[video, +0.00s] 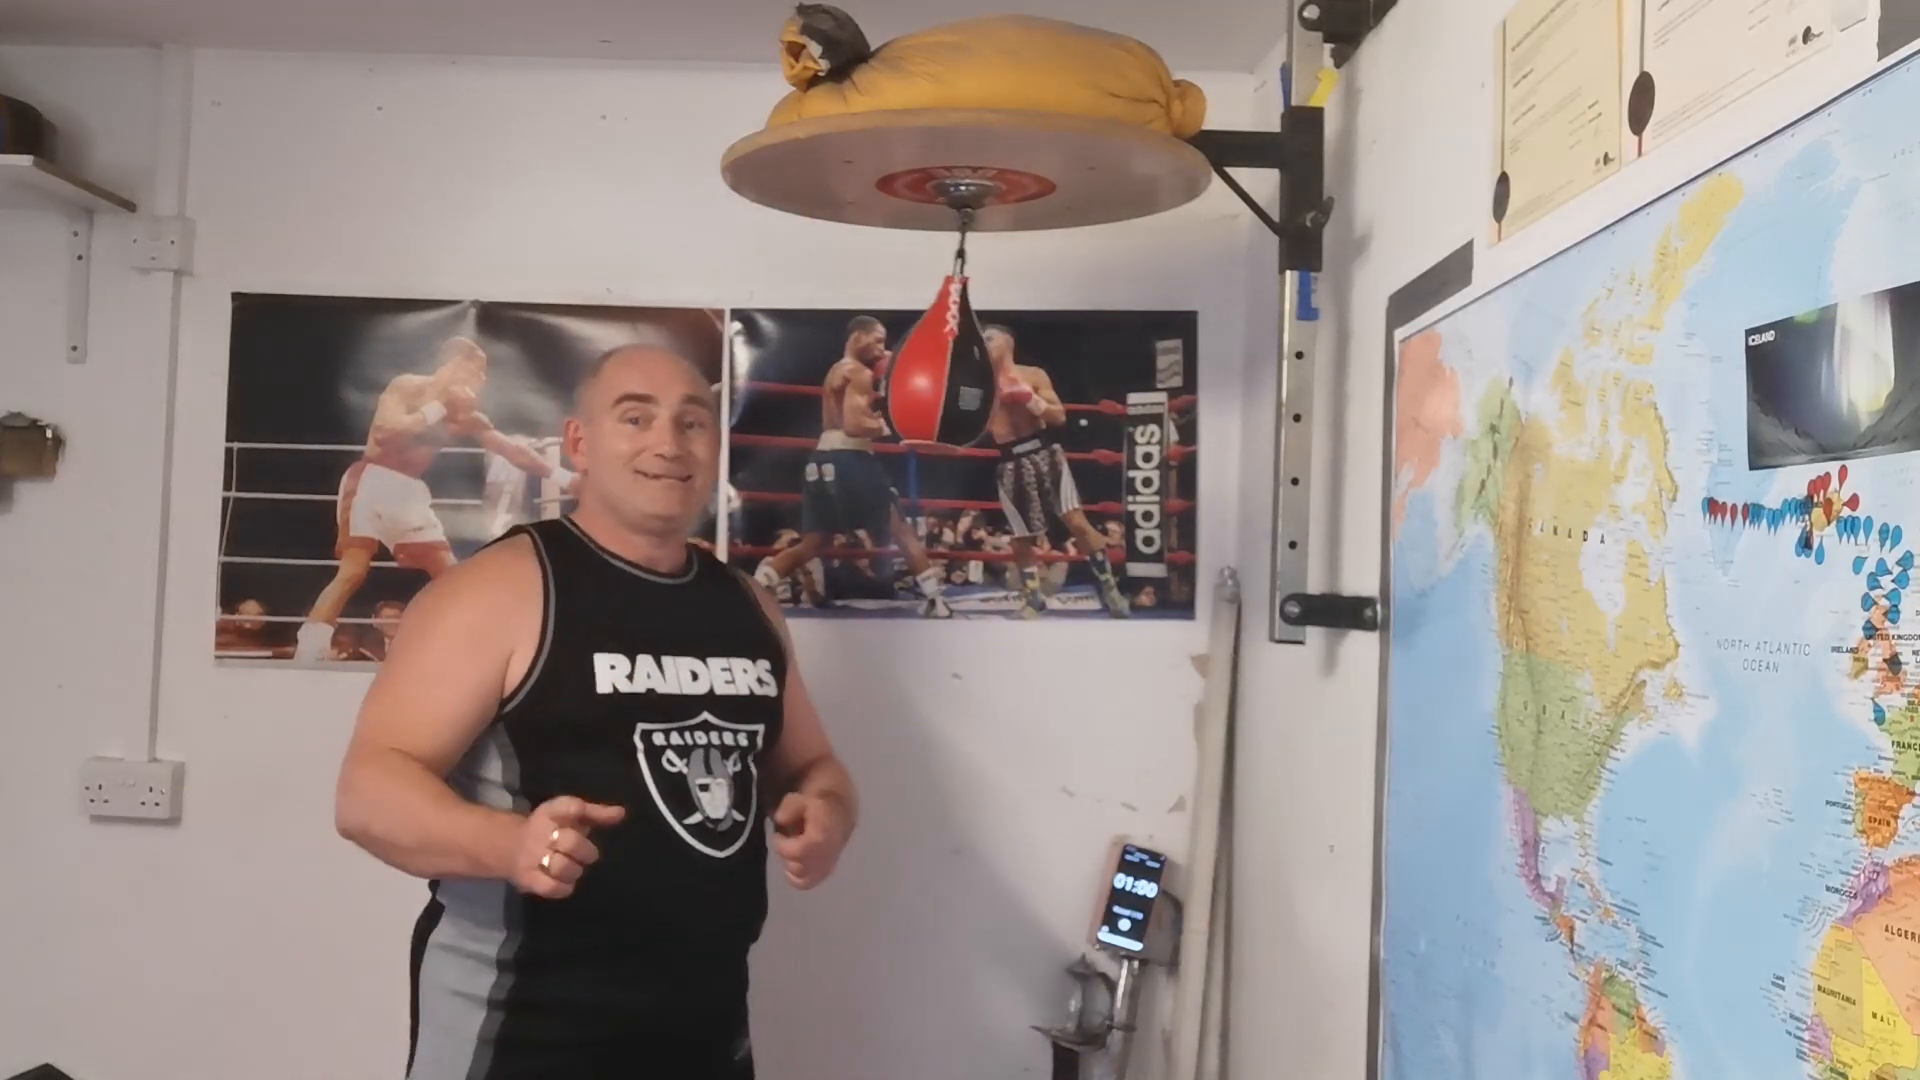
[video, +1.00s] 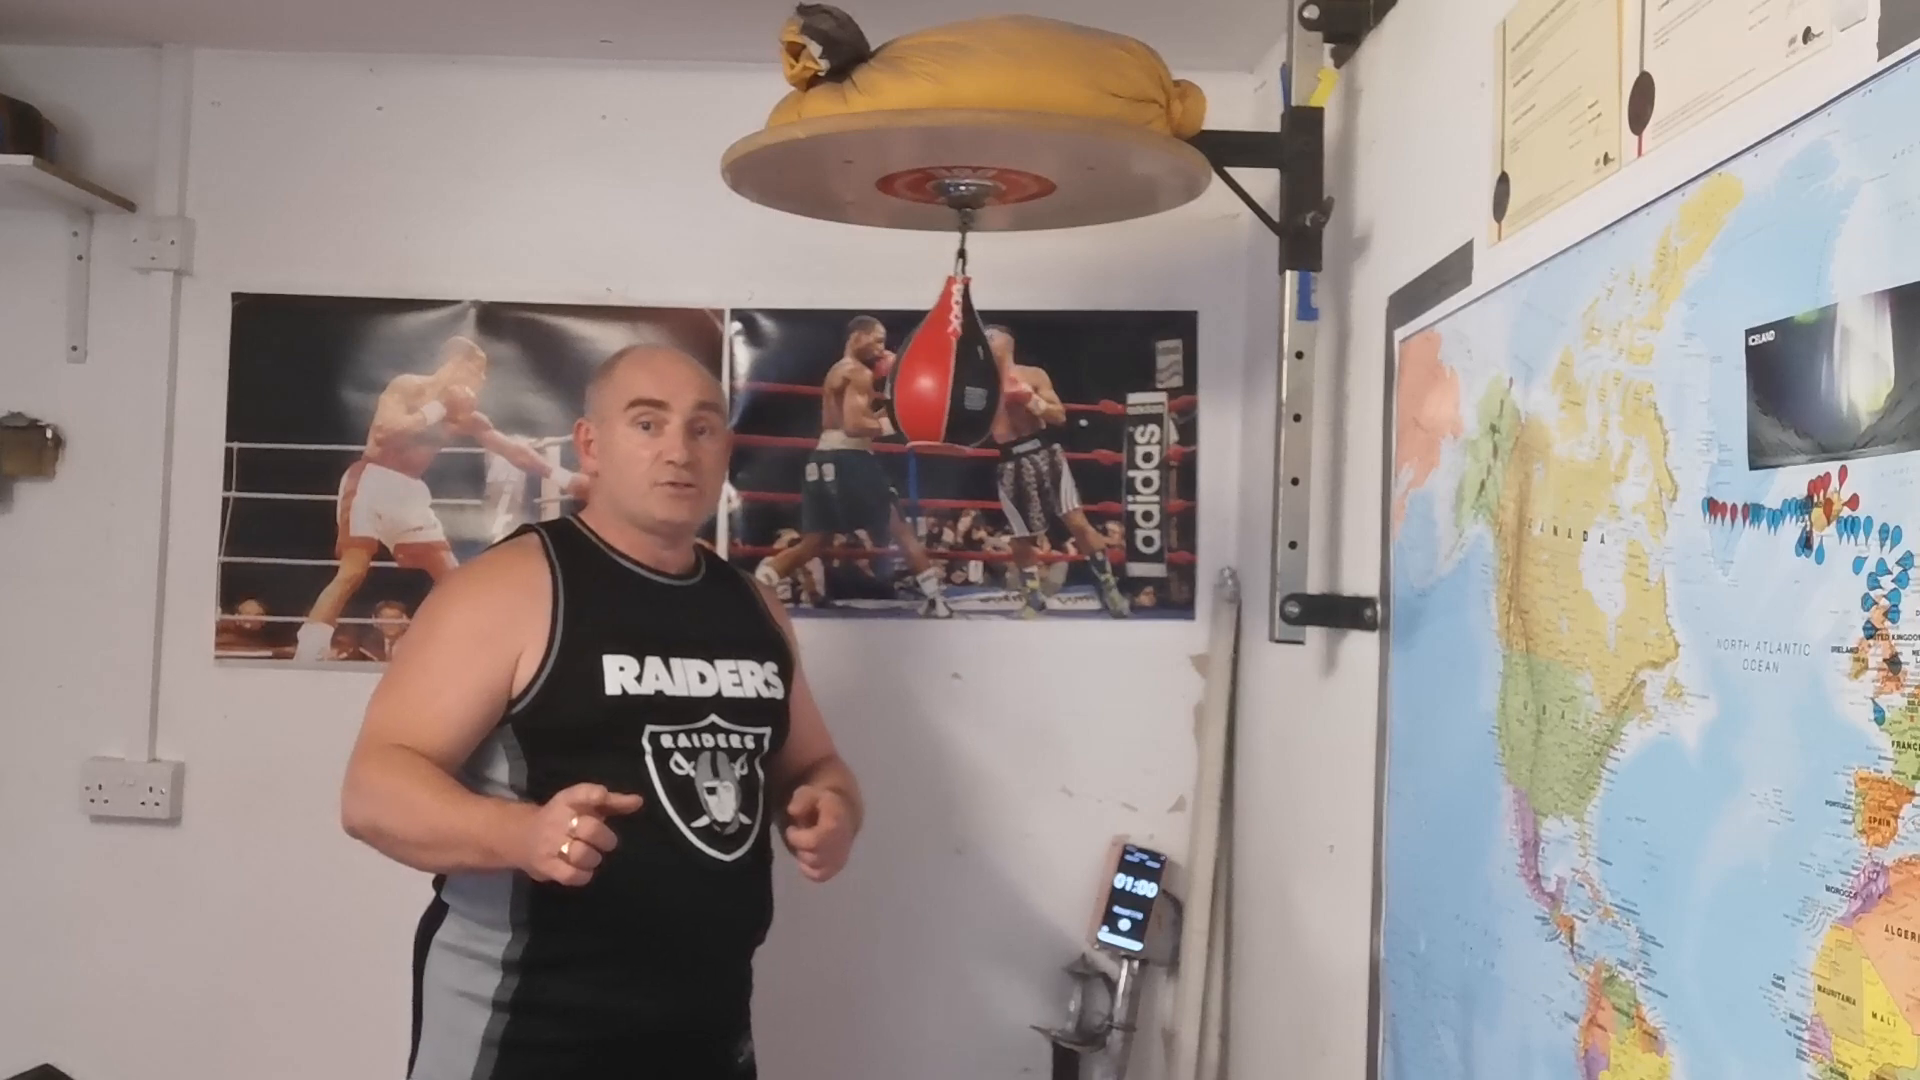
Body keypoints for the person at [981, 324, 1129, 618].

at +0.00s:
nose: (986, 346)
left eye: (992, 339)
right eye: (983, 341)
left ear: (1009, 343)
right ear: (981, 350)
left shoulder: (1033, 375)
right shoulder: (982, 385)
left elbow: (1059, 416)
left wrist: (1031, 399)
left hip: (1046, 456)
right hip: (1011, 465)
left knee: (1076, 522)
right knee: (1021, 539)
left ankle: (1109, 588)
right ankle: (1032, 598)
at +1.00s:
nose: (994, 352)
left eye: (998, 345)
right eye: (989, 347)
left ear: (1010, 347)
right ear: (983, 352)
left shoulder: (1034, 375)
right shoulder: (983, 383)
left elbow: (1059, 415)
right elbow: (979, 425)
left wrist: (1036, 403)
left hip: (1046, 456)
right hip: (1011, 464)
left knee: (1076, 522)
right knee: (1022, 537)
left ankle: (1109, 588)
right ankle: (1032, 597)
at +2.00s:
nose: (996, 356)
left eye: (1000, 349)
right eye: (992, 350)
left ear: (1011, 348)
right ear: (985, 354)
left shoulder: (1034, 375)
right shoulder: (983, 384)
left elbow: (1059, 416)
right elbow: (977, 428)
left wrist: (1034, 402)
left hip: (1046, 456)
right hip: (1011, 465)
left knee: (1076, 522)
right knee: (1022, 537)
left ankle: (1109, 589)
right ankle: (1032, 598)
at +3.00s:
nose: (999, 357)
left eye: (1003, 350)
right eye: (994, 351)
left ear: (1012, 349)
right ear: (986, 354)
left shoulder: (1034, 375)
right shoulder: (983, 383)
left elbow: (1059, 416)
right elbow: (976, 426)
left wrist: (1038, 405)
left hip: (1046, 456)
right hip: (1011, 464)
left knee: (1075, 522)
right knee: (1022, 538)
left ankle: (1108, 587)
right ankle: (1032, 598)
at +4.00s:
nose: (1001, 355)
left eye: (1004, 347)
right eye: (995, 349)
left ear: (1013, 348)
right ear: (986, 355)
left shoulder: (1034, 375)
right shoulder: (984, 385)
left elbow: (1059, 416)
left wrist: (1040, 407)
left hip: (1046, 456)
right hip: (1011, 465)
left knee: (1075, 522)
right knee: (1022, 537)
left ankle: (1107, 586)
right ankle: (1033, 597)